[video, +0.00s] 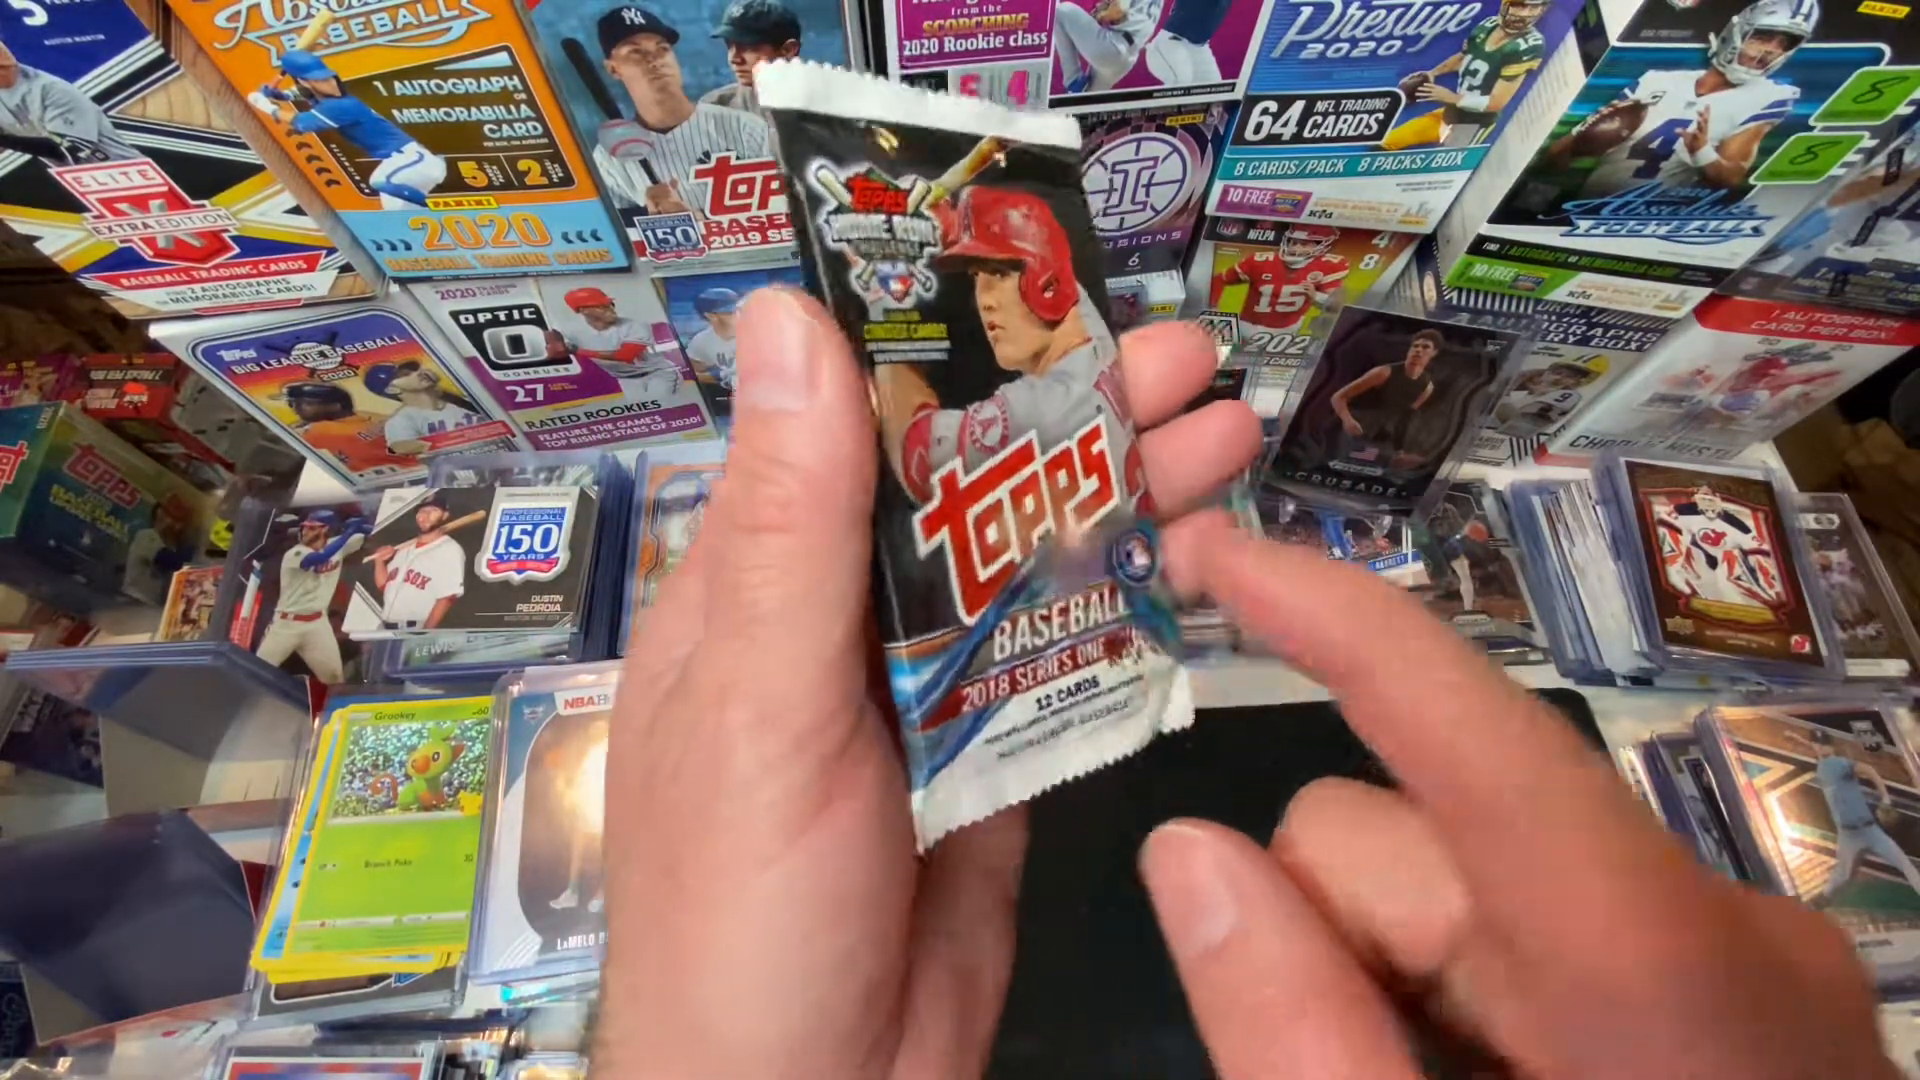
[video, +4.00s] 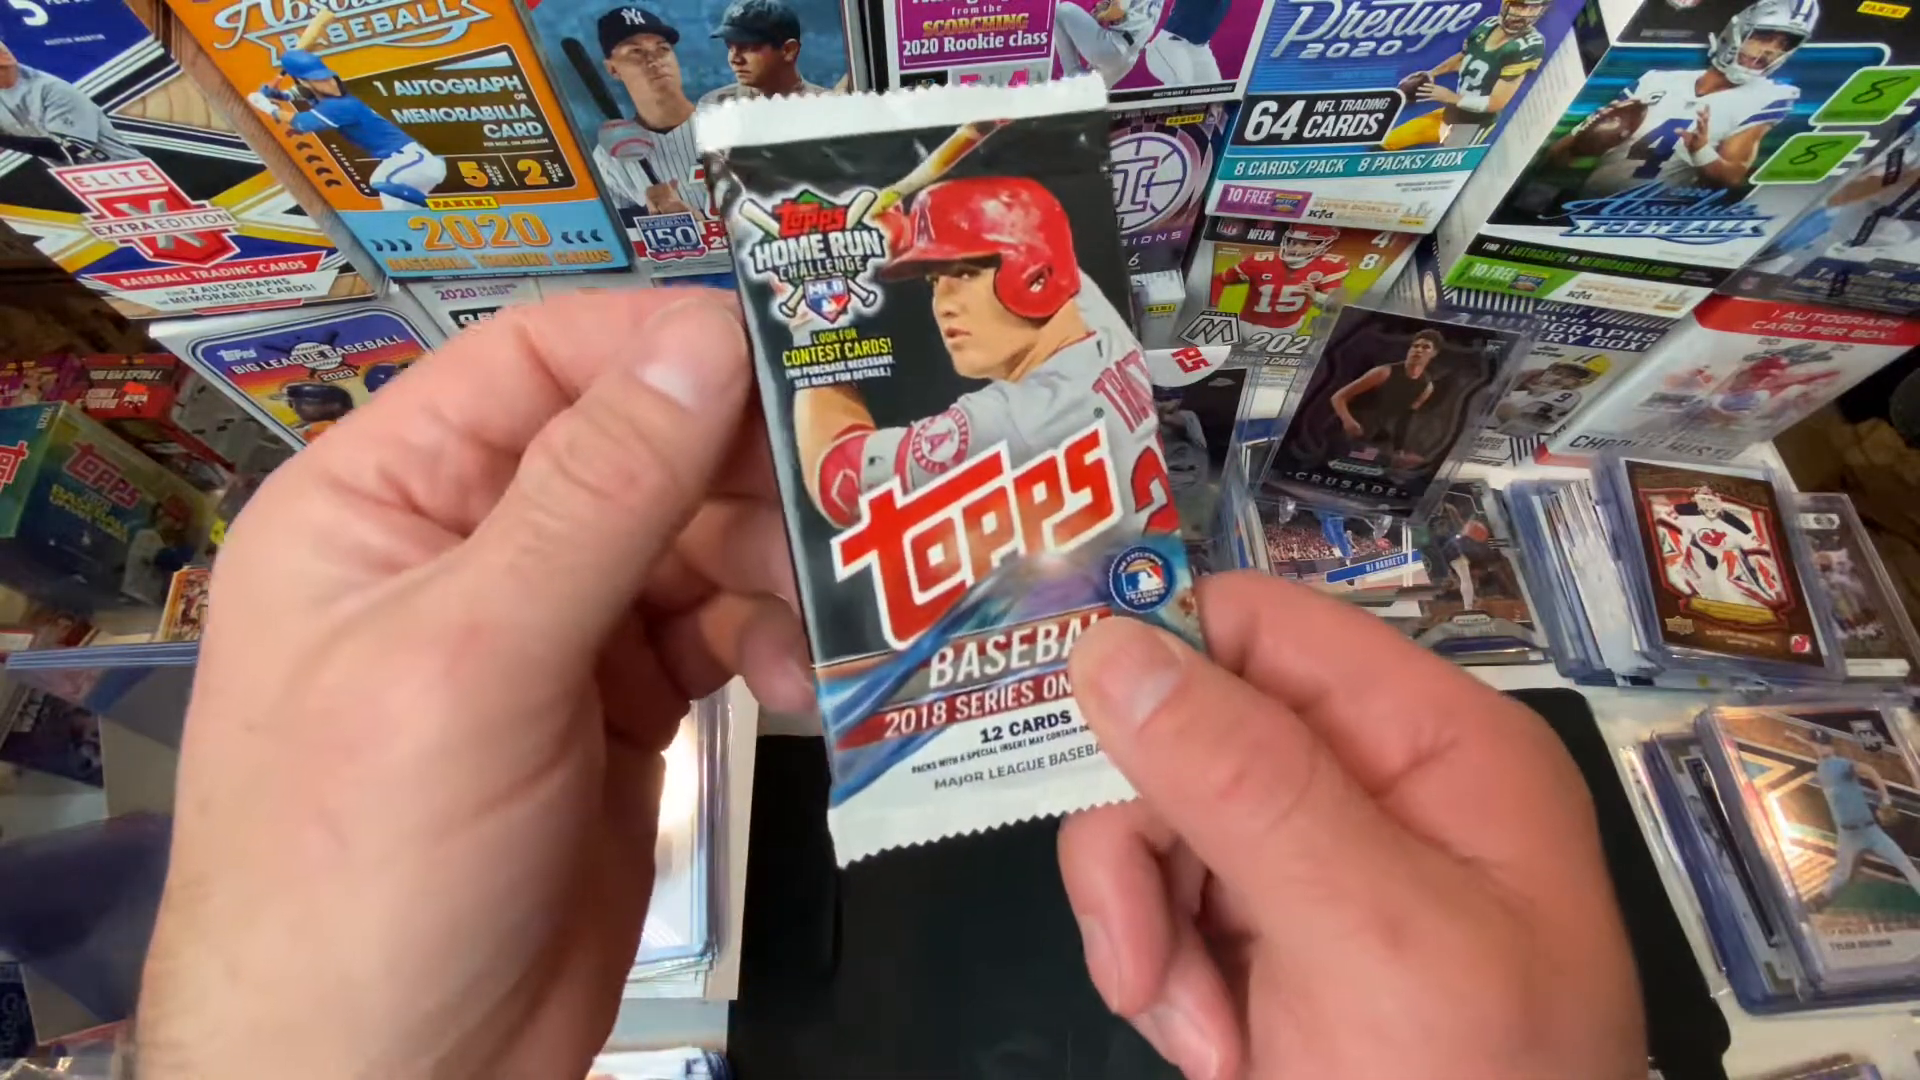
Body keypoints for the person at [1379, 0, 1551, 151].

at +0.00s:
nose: (1520, 14)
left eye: (1530, 7)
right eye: (1516, 5)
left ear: (1542, 11)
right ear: (1504, 5)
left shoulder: (1527, 47)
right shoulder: (1487, 26)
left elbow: (1496, 103)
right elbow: (1463, 58)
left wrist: (1450, 97)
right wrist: (1432, 73)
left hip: (1477, 123)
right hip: (1452, 111)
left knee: (1441, 175)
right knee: (1387, 141)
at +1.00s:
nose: (1520, 13)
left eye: (1530, 7)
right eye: (1515, 5)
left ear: (1542, 11)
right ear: (1503, 4)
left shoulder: (1528, 47)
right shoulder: (1487, 26)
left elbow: (1496, 103)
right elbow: (1463, 58)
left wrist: (1451, 97)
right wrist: (1431, 73)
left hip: (1478, 122)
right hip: (1452, 110)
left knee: (1442, 172)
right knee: (1389, 141)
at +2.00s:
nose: (1518, 14)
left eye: (1529, 8)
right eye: (1514, 6)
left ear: (1542, 11)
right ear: (1504, 5)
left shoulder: (1527, 47)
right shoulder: (1487, 26)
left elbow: (1496, 104)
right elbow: (1463, 57)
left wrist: (1450, 98)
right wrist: (1431, 73)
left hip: (1478, 123)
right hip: (1452, 111)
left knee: (1443, 174)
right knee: (1388, 141)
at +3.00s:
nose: (1520, 13)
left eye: (1530, 7)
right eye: (1515, 5)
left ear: (1541, 11)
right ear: (1504, 5)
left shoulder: (1528, 47)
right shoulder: (1487, 26)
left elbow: (1496, 103)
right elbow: (1463, 57)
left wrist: (1450, 97)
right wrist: (1431, 73)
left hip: (1478, 123)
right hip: (1452, 111)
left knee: (1442, 172)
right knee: (1388, 141)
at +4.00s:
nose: (1518, 13)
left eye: (1529, 7)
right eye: (1514, 4)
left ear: (1541, 10)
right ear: (1503, 3)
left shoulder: (1527, 47)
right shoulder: (1487, 26)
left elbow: (1496, 104)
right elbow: (1463, 58)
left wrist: (1450, 97)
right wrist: (1431, 73)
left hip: (1477, 124)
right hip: (1452, 111)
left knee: (1442, 175)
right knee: (1389, 141)